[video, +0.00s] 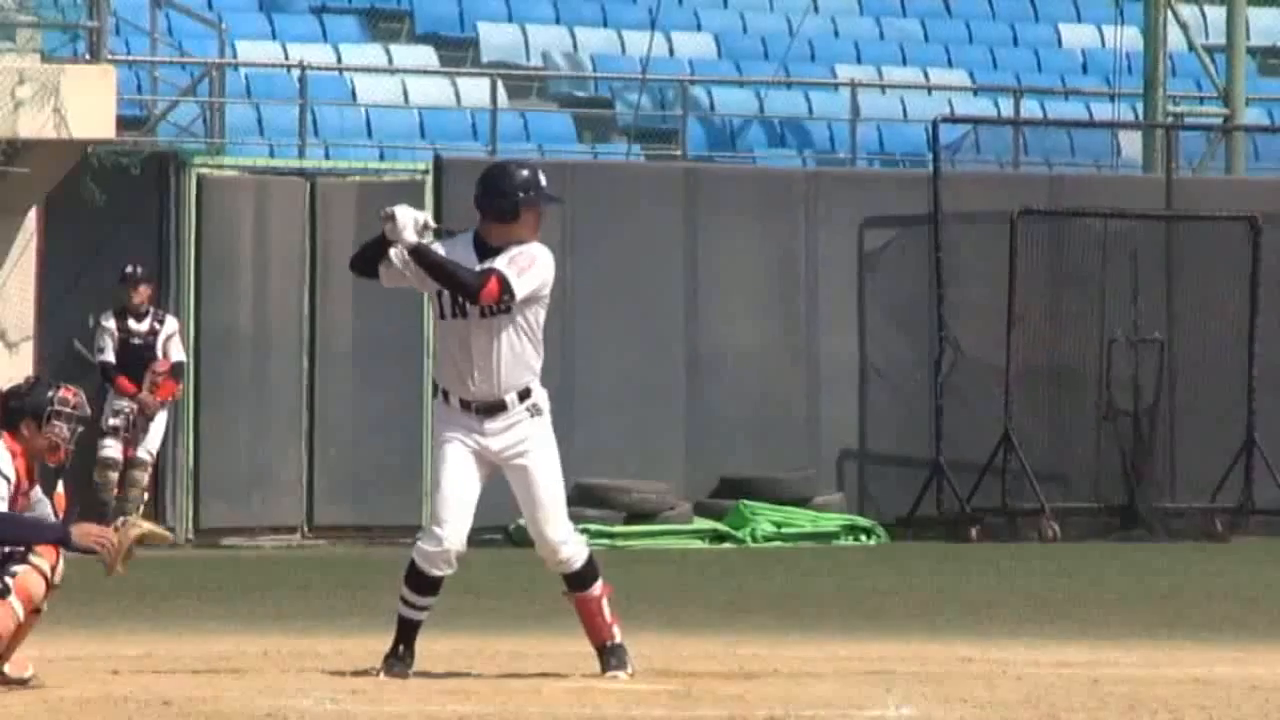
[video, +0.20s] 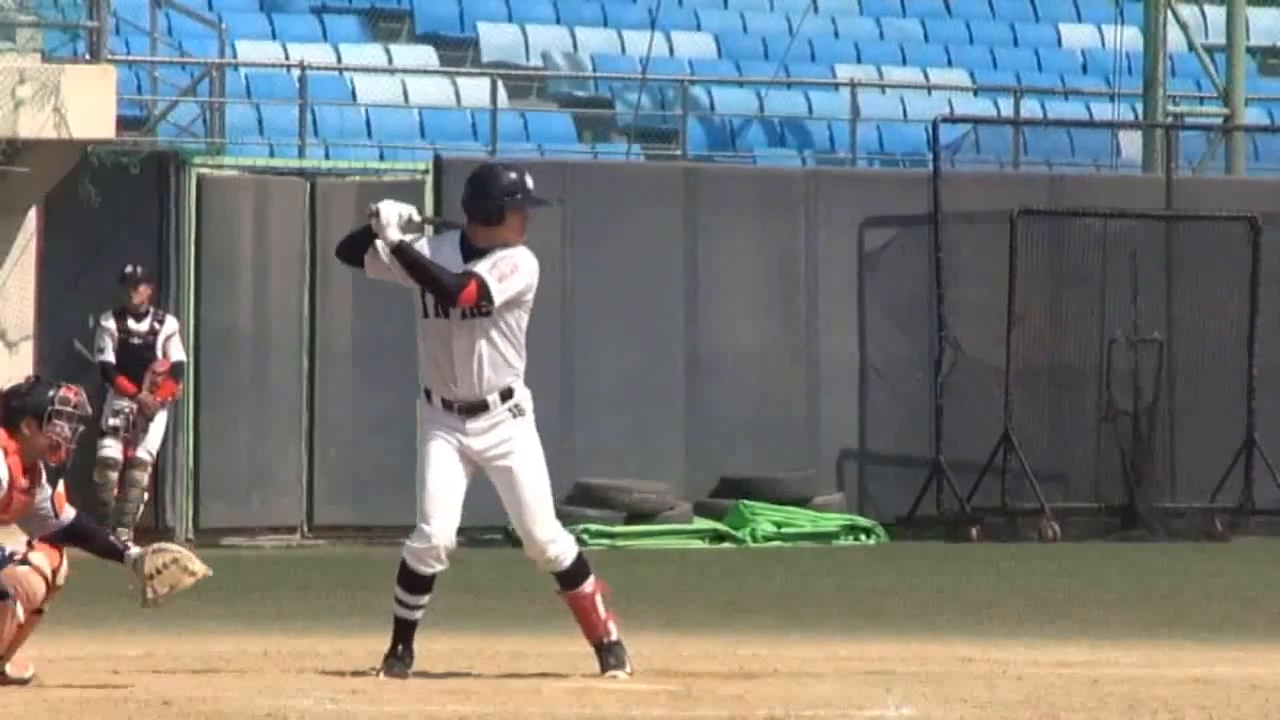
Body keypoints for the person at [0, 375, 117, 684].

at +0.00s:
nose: (63, 435)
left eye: (68, 426)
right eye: (55, 425)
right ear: (27, 427)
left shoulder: (24, 462)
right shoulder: (4, 459)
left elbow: (46, 527)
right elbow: (4, 526)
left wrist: (101, 543)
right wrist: (65, 534)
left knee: (48, 559)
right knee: (27, 580)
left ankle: (4, 659)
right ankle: (3, 660)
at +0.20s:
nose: (63, 434)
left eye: (67, 425)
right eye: (54, 424)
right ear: (26, 426)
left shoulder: (33, 468)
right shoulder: (5, 466)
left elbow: (64, 523)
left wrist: (130, 556)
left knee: (51, 562)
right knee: (24, 581)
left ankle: (4, 659)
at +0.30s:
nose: (66, 433)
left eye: (69, 424)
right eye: (56, 424)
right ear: (27, 426)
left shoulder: (38, 475)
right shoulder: (5, 469)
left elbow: (74, 526)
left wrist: (142, 557)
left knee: (51, 564)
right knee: (26, 578)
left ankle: (5, 659)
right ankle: (5, 659)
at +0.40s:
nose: (66, 435)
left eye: (70, 426)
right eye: (57, 426)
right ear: (29, 428)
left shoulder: (38, 474)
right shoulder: (5, 469)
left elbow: (77, 525)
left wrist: (149, 560)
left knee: (49, 564)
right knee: (26, 577)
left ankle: (5, 660)